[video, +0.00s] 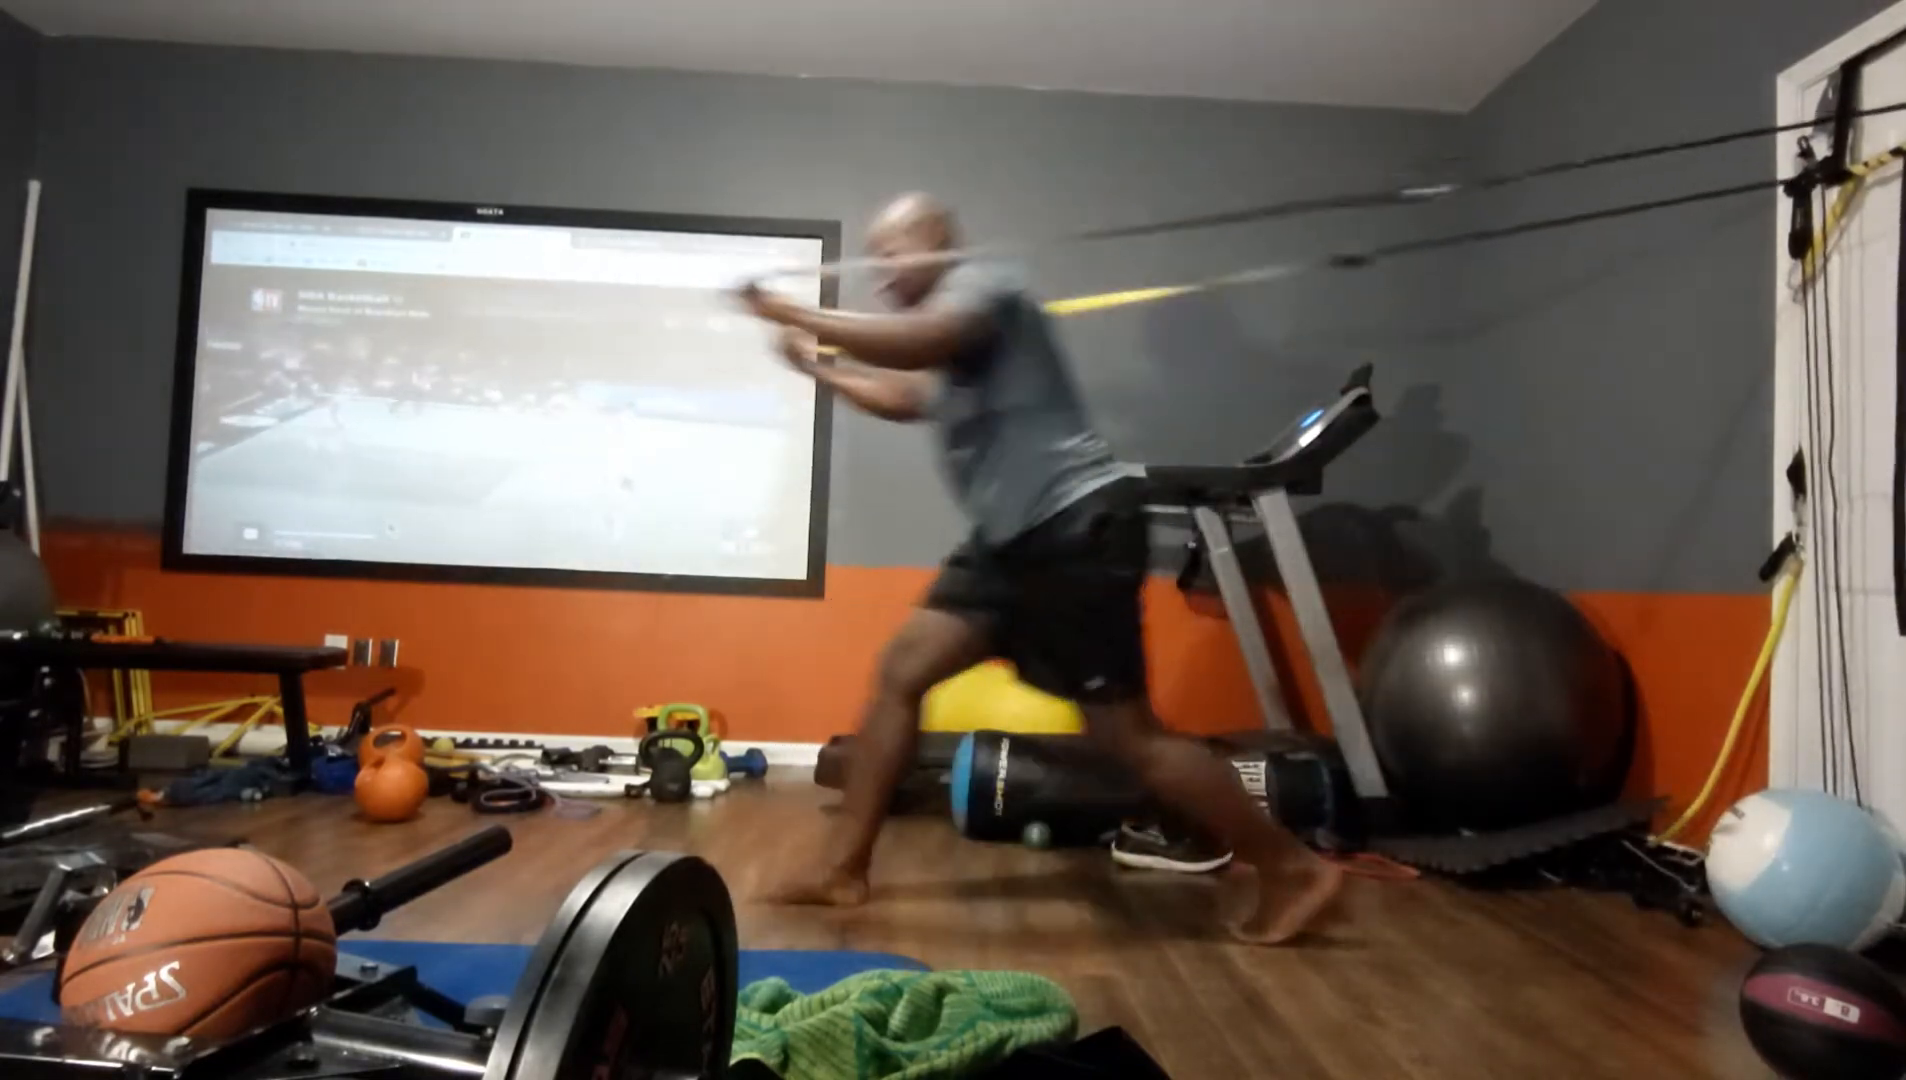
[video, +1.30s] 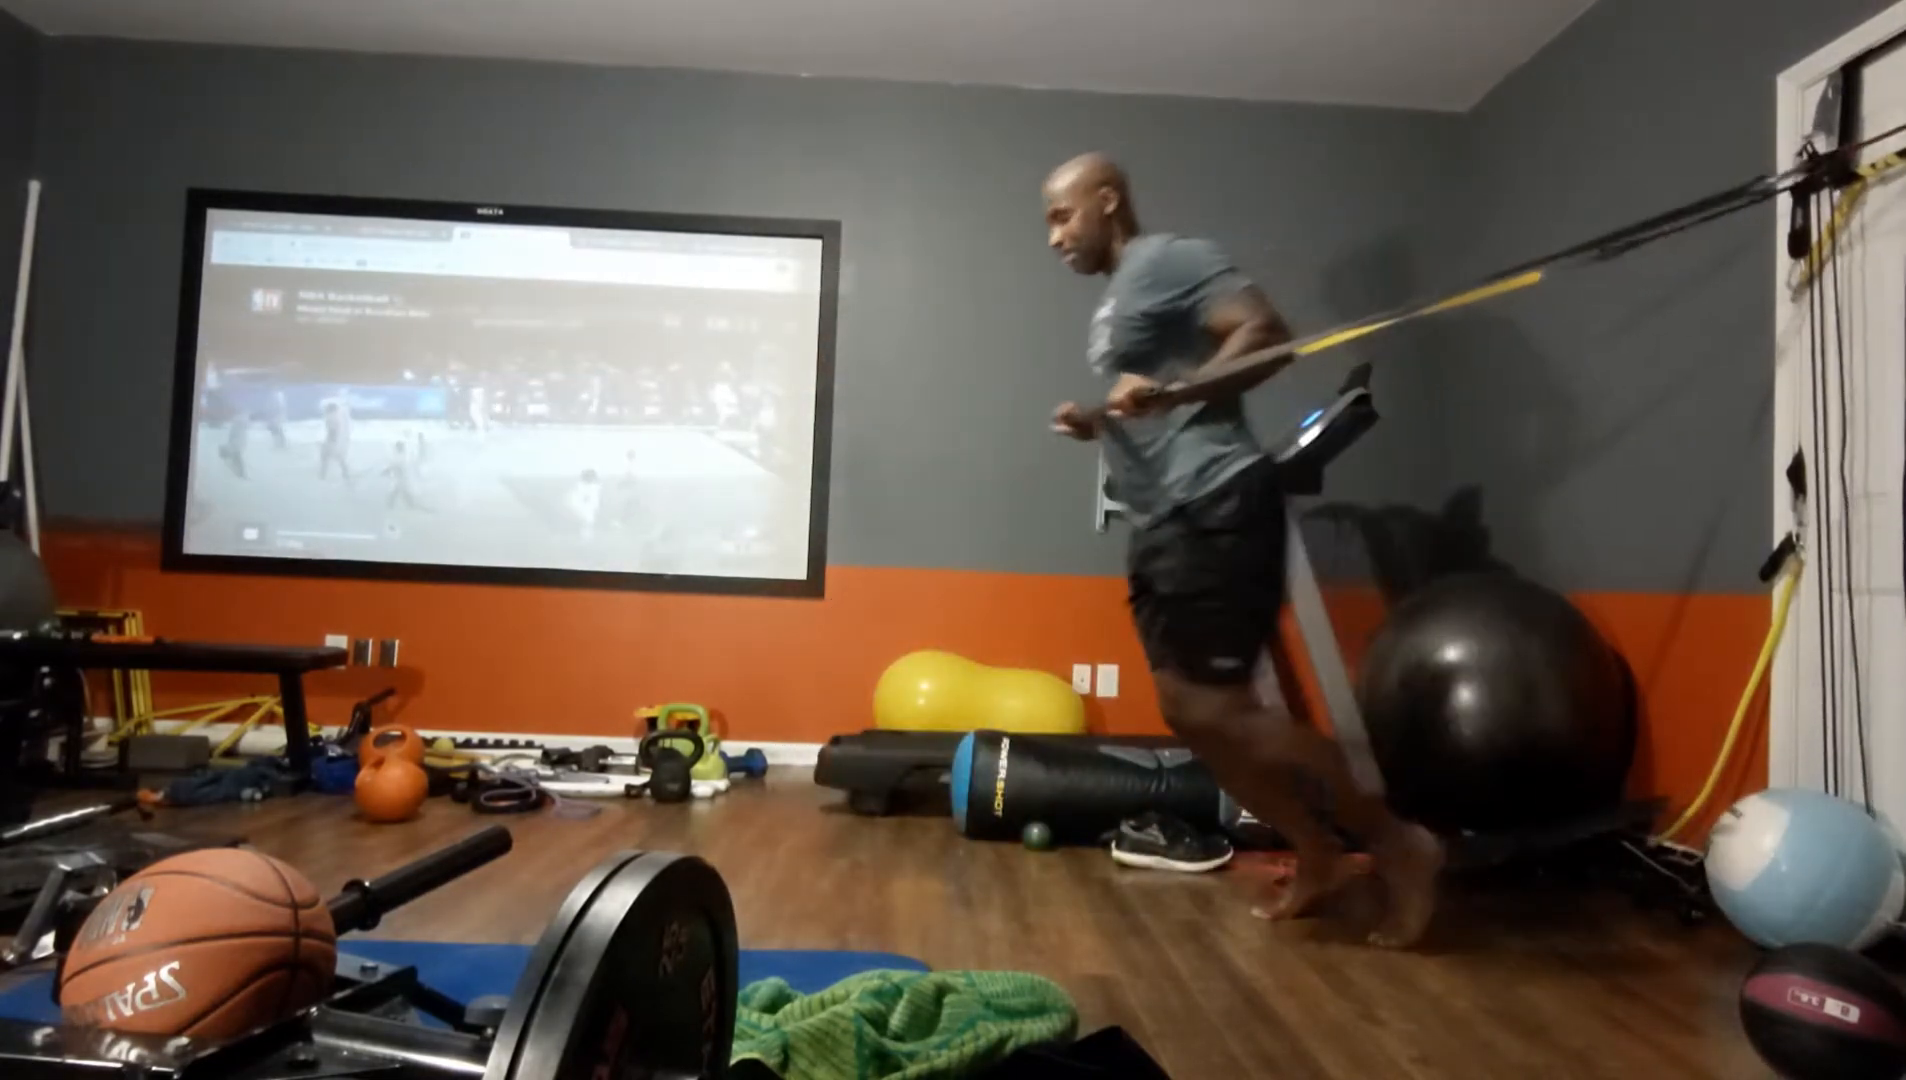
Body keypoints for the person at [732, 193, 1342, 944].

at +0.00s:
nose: (883, 270)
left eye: (895, 250)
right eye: (876, 258)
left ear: (940, 243)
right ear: (881, 262)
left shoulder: (988, 283)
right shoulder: (939, 343)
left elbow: (929, 338)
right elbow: (900, 398)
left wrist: (803, 317)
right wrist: (815, 363)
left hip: (1084, 523)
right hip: (1010, 542)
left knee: (1126, 736)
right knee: (903, 669)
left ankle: (1296, 872)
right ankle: (845, 871)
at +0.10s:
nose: (944, 242)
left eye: (953, 224)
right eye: (939, 232)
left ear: (1003, 211)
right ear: (966, 233)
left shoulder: (1054, 266)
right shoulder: (1003, 309)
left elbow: (1052, 342)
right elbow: (994, 405)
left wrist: (918, 326)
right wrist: (900, 383)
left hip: (1130, 505)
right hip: (1066, 522)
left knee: (1173, 717)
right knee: (965, 675)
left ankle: (1314, 876)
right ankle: (882, 864)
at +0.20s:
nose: (991, 228)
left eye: (1002, 208)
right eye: (988, 214)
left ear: (1053, 199)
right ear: (1039, 207)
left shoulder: (1102, 256)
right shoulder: (1060, 298)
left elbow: (1149, 346)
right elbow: (1073, 411)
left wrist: (1024, 349)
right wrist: (983, 399)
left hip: (1179, 503)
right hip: (1113, 519)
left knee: (1201, 717)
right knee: (1011, 656)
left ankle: (1317, 885)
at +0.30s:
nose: (1031, 213)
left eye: (1042, 194)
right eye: (1029, 200)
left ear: (1094, 188)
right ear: (1081, 197)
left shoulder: (1145, 249)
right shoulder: (1105, 293)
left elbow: (1234, 332)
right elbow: (1131, 412)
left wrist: (1115, 358)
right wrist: (1044, 409)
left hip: (1219, 494)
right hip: (1152, 509)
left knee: (1225, 710)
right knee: (1071, 663)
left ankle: (1323, 888)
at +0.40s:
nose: (1068, 203)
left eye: (1079, 183)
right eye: (1067, 187)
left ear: (1132, 180)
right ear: (1114, 190)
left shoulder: (1192, 241)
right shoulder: (1137, 285)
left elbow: (1299, 317)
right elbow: (1175, 403)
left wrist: (1190, 353)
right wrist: (1094, 412)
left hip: (1254, 486)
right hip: (1187, 500)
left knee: (1243, 693)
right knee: (1152, 679)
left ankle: (1326, 881)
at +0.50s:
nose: (1093, 201)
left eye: (1106, 181)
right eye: (1092, 187)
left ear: (1159, 181)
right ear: (1131, 193)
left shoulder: (1218, 241)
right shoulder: (1154, 292)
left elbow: (1331, 313)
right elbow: (1192, 399)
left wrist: (1231, 350)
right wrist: (1114, 410)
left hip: (1272, 490)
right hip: (1215, 502)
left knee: (1251, 693)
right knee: (1204, 685)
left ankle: (1329, 887)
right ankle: (1333, 838)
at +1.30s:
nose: (1052, 236)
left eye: (1060, 215)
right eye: (1049, 222)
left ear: (1110, 202)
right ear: (1086, 216)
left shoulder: (1168, 257)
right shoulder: (1115, 299)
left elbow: (1266, 334)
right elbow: (1163, 402)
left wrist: (1173, 391)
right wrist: (1098, 420)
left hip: (1219, 505)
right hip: (1168, 518)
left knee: (1210, 708)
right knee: (1192, 710)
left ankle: (1398, 845)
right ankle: (1319, 858)